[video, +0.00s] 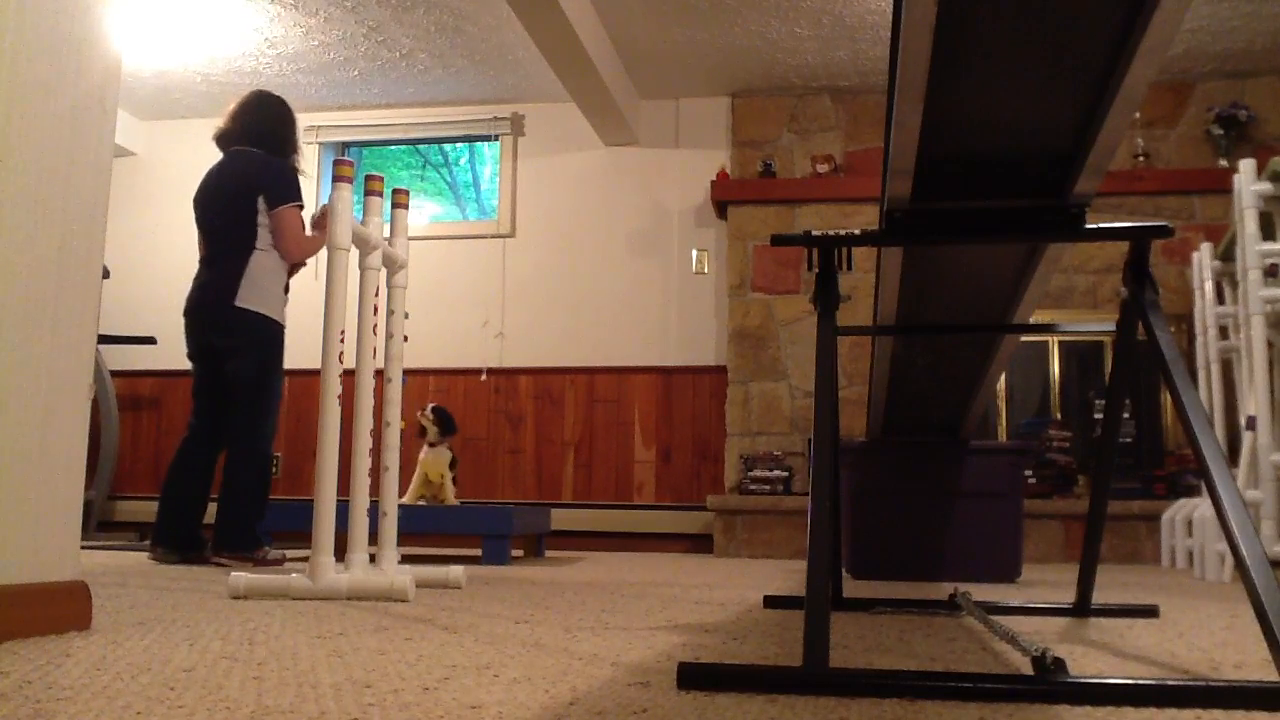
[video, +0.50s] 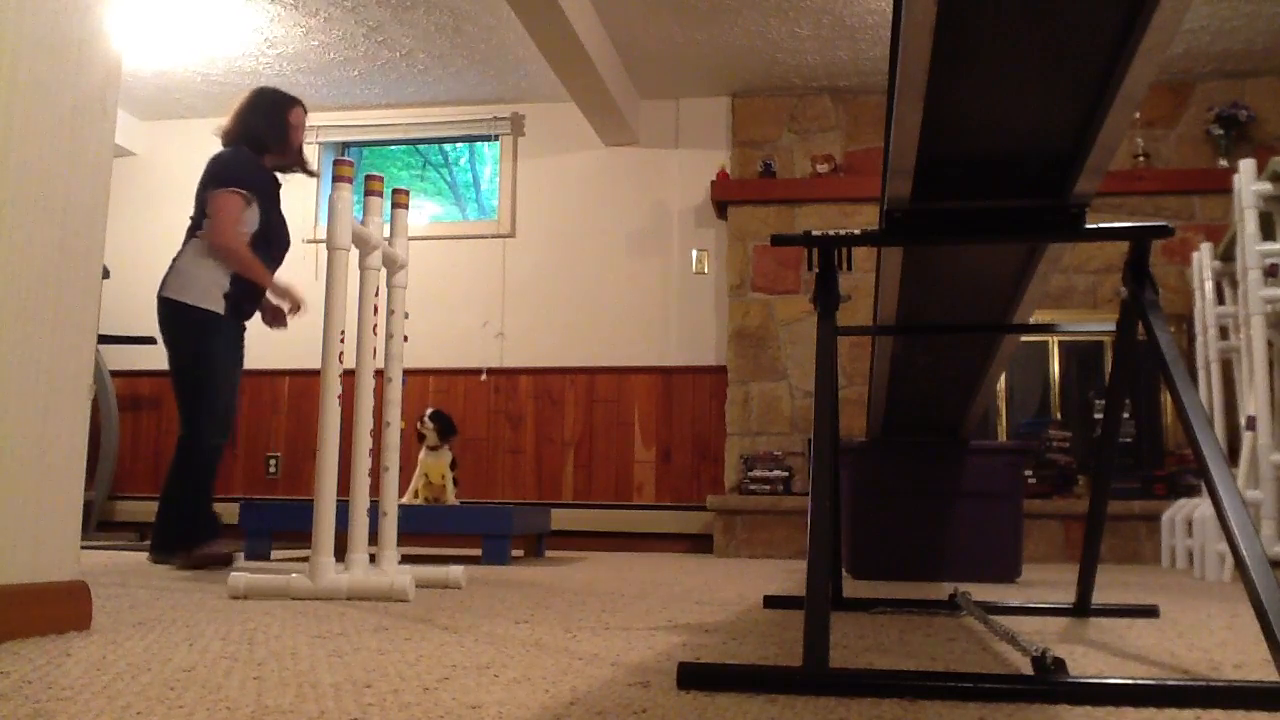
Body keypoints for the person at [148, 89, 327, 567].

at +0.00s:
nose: (294, 139)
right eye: (292, 130)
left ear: (238, 124)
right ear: (284, 129)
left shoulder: (212, 176)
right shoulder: (274, 170)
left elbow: (210, 251)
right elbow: (294, 249)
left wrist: (281, 254)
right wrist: (323, 233)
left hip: (205, 310)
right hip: (253, 316)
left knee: (206, 428)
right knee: (253, 434)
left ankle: (173, 537)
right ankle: (238, 541)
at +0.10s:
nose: (295, 139)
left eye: (292, 131)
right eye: (293, 130)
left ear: (240, 124)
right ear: (284, 129)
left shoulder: (216, 174)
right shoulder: (269, 170)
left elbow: (226, 254)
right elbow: (289, 251)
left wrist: (281, 269)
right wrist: (322, 238)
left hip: (200, 310)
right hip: (243, 317)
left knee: (206, 428)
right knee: (250, 434)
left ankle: (173, 538)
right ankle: (238, 542)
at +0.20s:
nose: (298, 143)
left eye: (297, 134)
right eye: (296, 134)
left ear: (248, 128)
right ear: (282, 134)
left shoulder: (234, 170)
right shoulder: (263, 172)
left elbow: (216, 251)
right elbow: (275, 251)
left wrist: (266, 276)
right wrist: (315, 246)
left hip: (193, 309)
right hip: (221, 313)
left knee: (205, 427)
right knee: (232, 429)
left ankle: (173, 538)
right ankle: (238, 539)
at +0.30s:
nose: (302, 146)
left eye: (302, 136)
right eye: (297, 136)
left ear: (256, 132)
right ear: (278, 135)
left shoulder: (246, 172)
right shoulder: (257, 173)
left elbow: (220, 248)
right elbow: (260, 247)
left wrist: (260, 285)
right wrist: (298, 257)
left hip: (200, 308)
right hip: (207, 310)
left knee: (206, 428)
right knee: (217, 426)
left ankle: (175, 541)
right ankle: (232, 536)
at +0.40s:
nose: (304, 144)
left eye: (305, 134)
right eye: (299, 134)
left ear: (264, 133)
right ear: (275, 133)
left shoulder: (257, 177)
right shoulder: (248, 170)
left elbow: (230, 250)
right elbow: (246, 243)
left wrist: (259, 293)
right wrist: (294, 266)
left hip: (209, 307)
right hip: (200, 306)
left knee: (209, 424)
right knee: (212, 423)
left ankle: (174, 538)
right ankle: (210, 535)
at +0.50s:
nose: (305, 137)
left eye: (304, 127)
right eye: (298, 127)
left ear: (267, 131)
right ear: (271, 129)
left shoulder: (261, 178)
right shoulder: (237, 165)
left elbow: (234, 249)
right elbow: (223, 239)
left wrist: (261, 301)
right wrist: (276, 285)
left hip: (220, 310)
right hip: (198, 306)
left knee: (211, 426)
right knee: (207, 425)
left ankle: (177, 537)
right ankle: (188, 538)